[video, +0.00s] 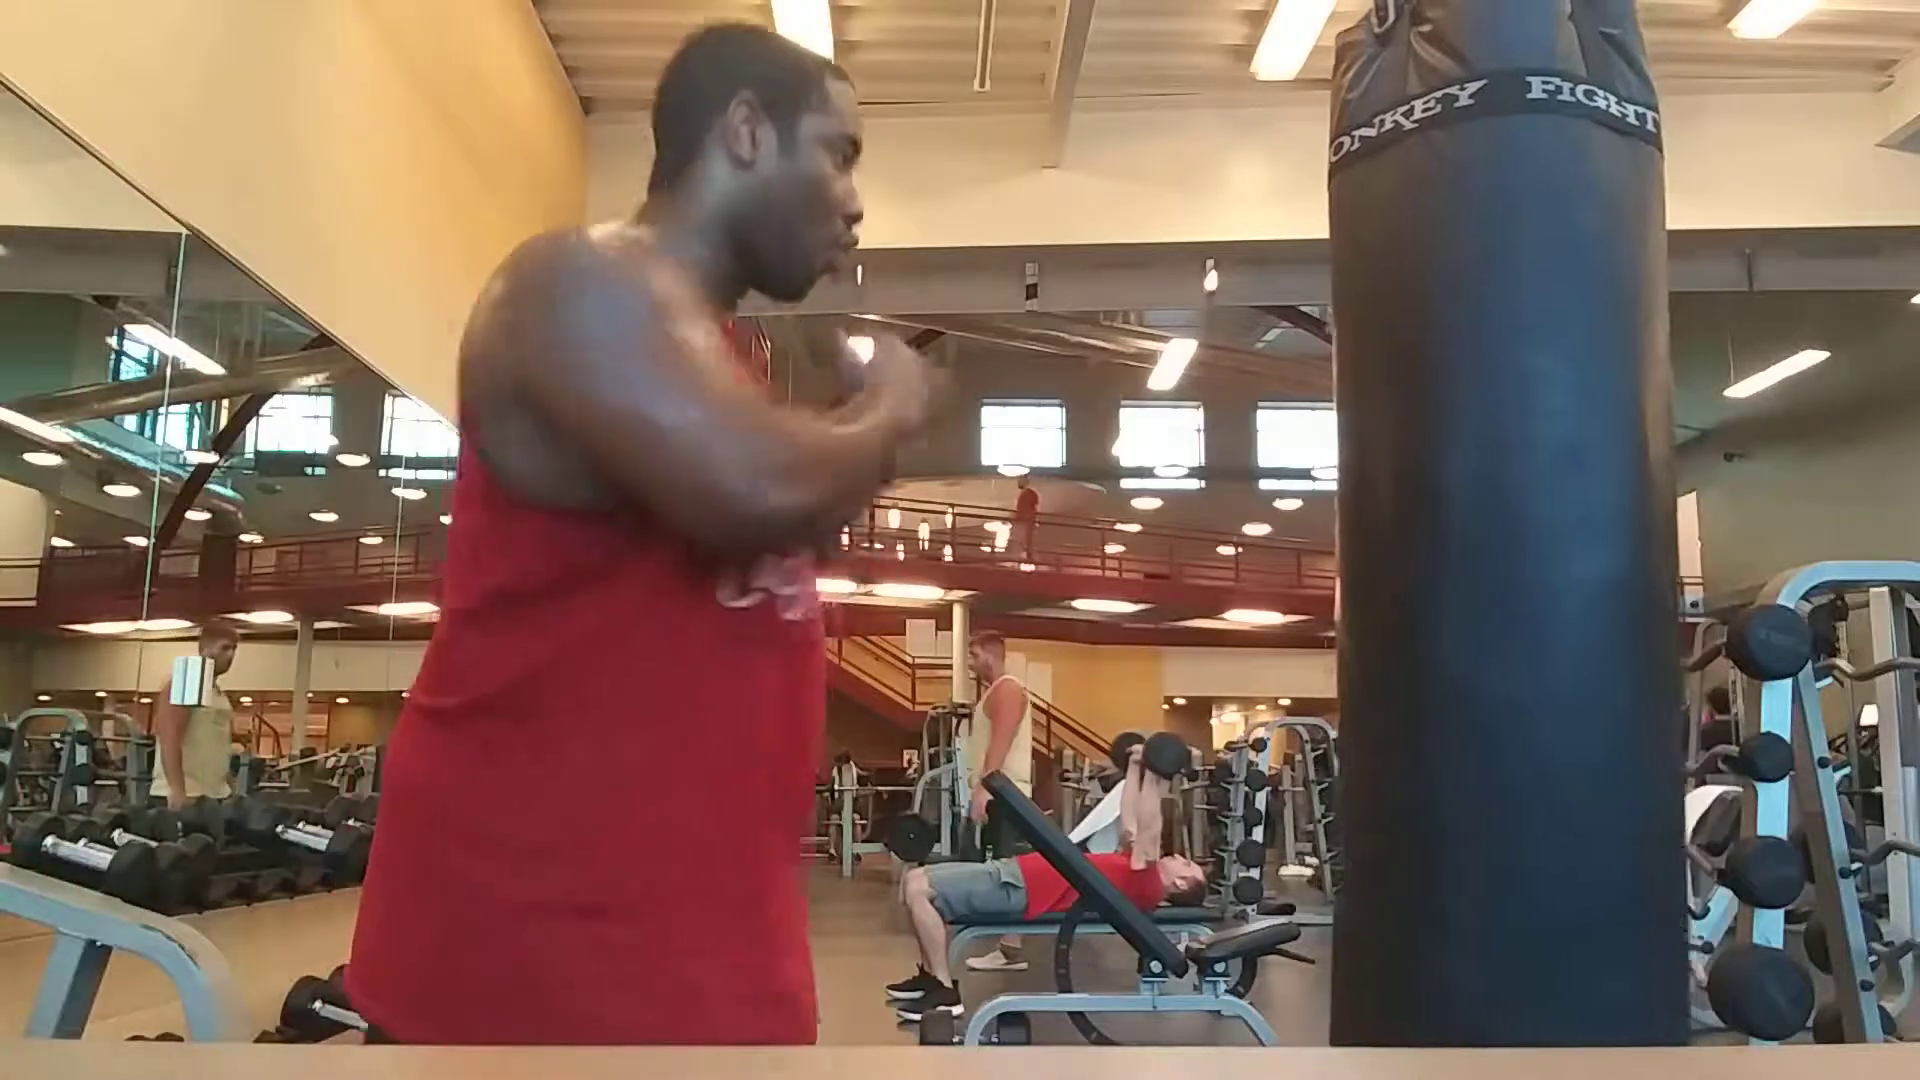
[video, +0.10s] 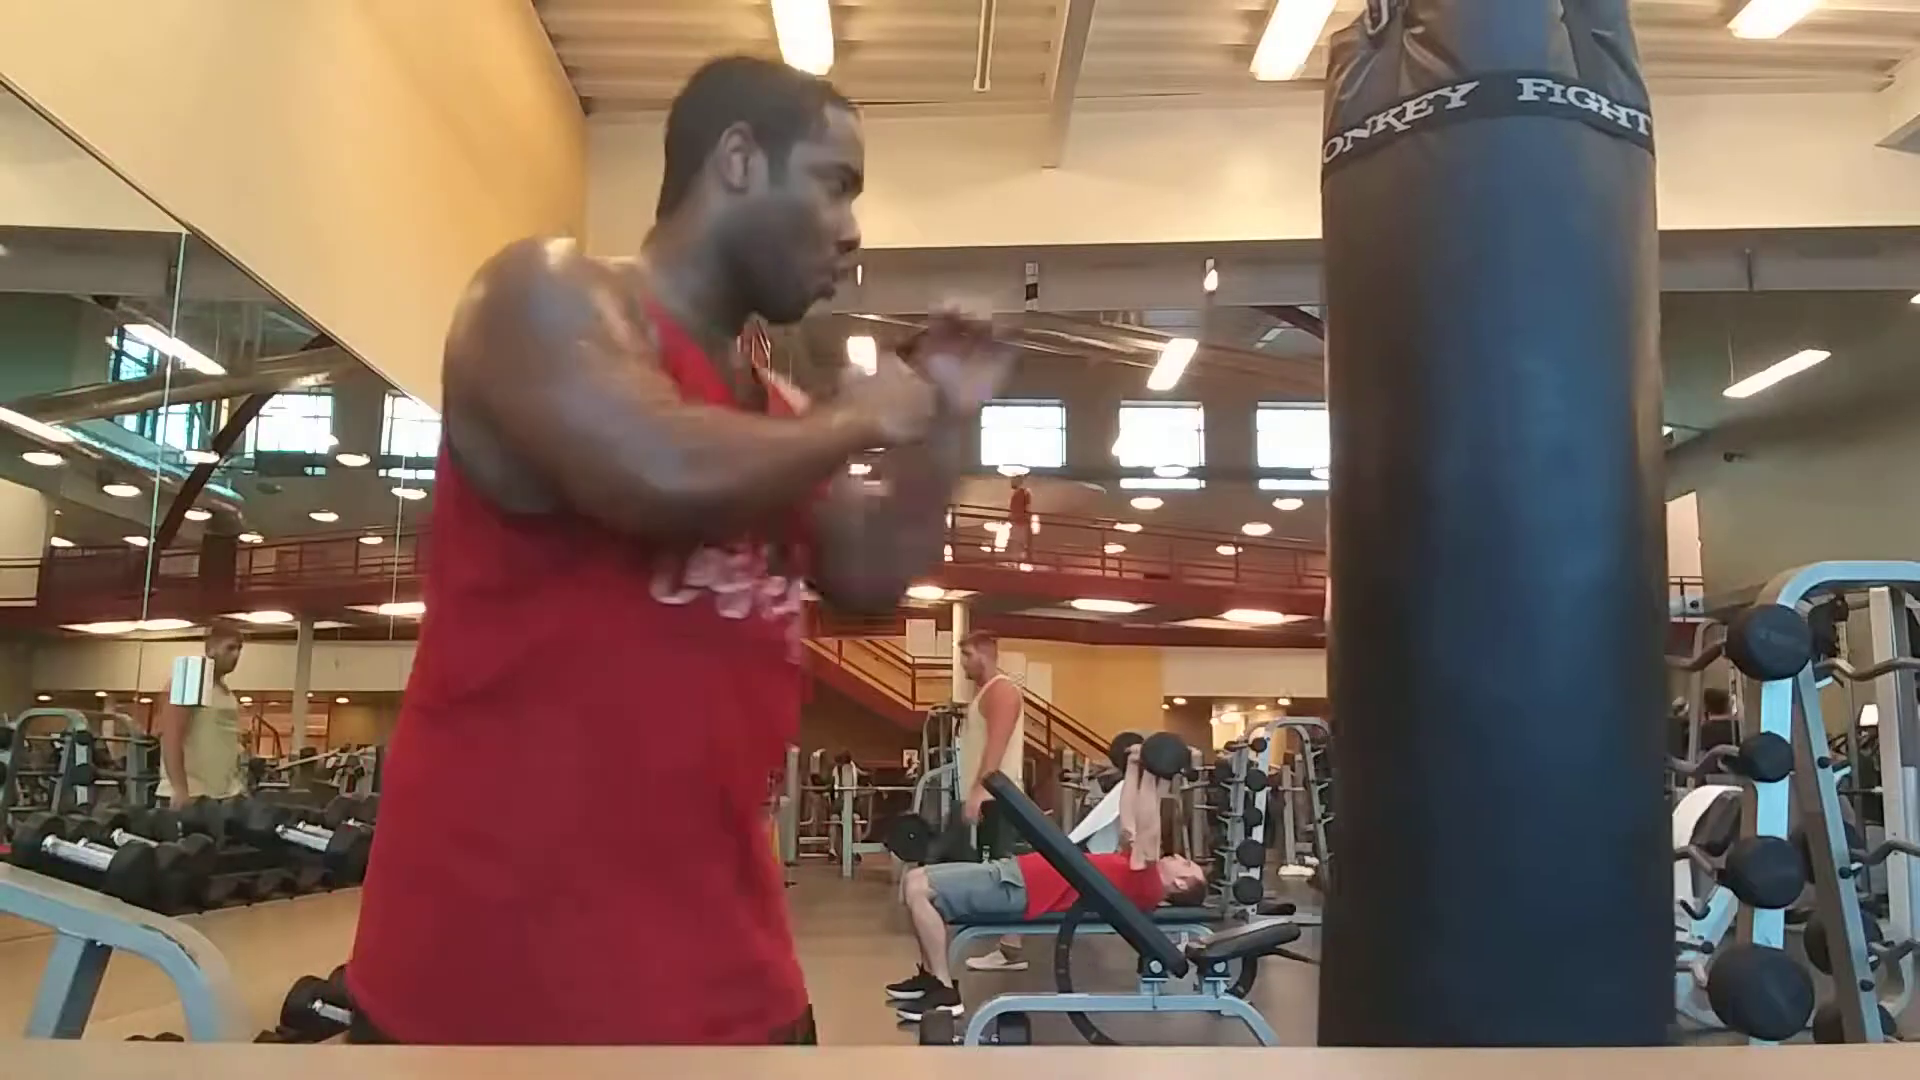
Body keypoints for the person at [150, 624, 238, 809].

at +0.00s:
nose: (231, 655)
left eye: (233, 649)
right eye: (225, 648)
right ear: (205, 649)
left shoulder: (218, 694)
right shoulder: (183, 682)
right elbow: (169, 735)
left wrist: (227, 788)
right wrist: (177, 791)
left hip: (214, 797)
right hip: (184, 797)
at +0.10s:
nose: (236, 655)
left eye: (238, 649)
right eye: (230, 648)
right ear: (210, 649)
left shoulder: (226, 692)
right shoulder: (187, 683)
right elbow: (171, 738)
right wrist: (180, 792)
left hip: (225, 796)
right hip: (192, 798)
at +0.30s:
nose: (253, 656)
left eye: (255, 650)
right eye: (247, 649)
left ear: (257, 652)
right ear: (227, 649)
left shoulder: (250, 695)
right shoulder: (202, 685)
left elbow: (248, 746)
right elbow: (182, 737)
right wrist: (191, 792)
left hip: (244, 794)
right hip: (206, 794)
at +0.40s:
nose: (264, 657)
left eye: (267, 651)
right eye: (257, 649)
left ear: (269, 653)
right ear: (238, 651)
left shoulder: (262, 695)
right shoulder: (216, 687)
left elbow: (259, 745)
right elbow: (194, 741)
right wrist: (197, 793)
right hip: (220, 794)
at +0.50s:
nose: (276, 658)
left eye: (279, 651)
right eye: (270, 650)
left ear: (282, 653)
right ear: (251, 650)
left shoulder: (274, 695)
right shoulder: (228, 688)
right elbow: (205, 739)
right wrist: (203, 791)